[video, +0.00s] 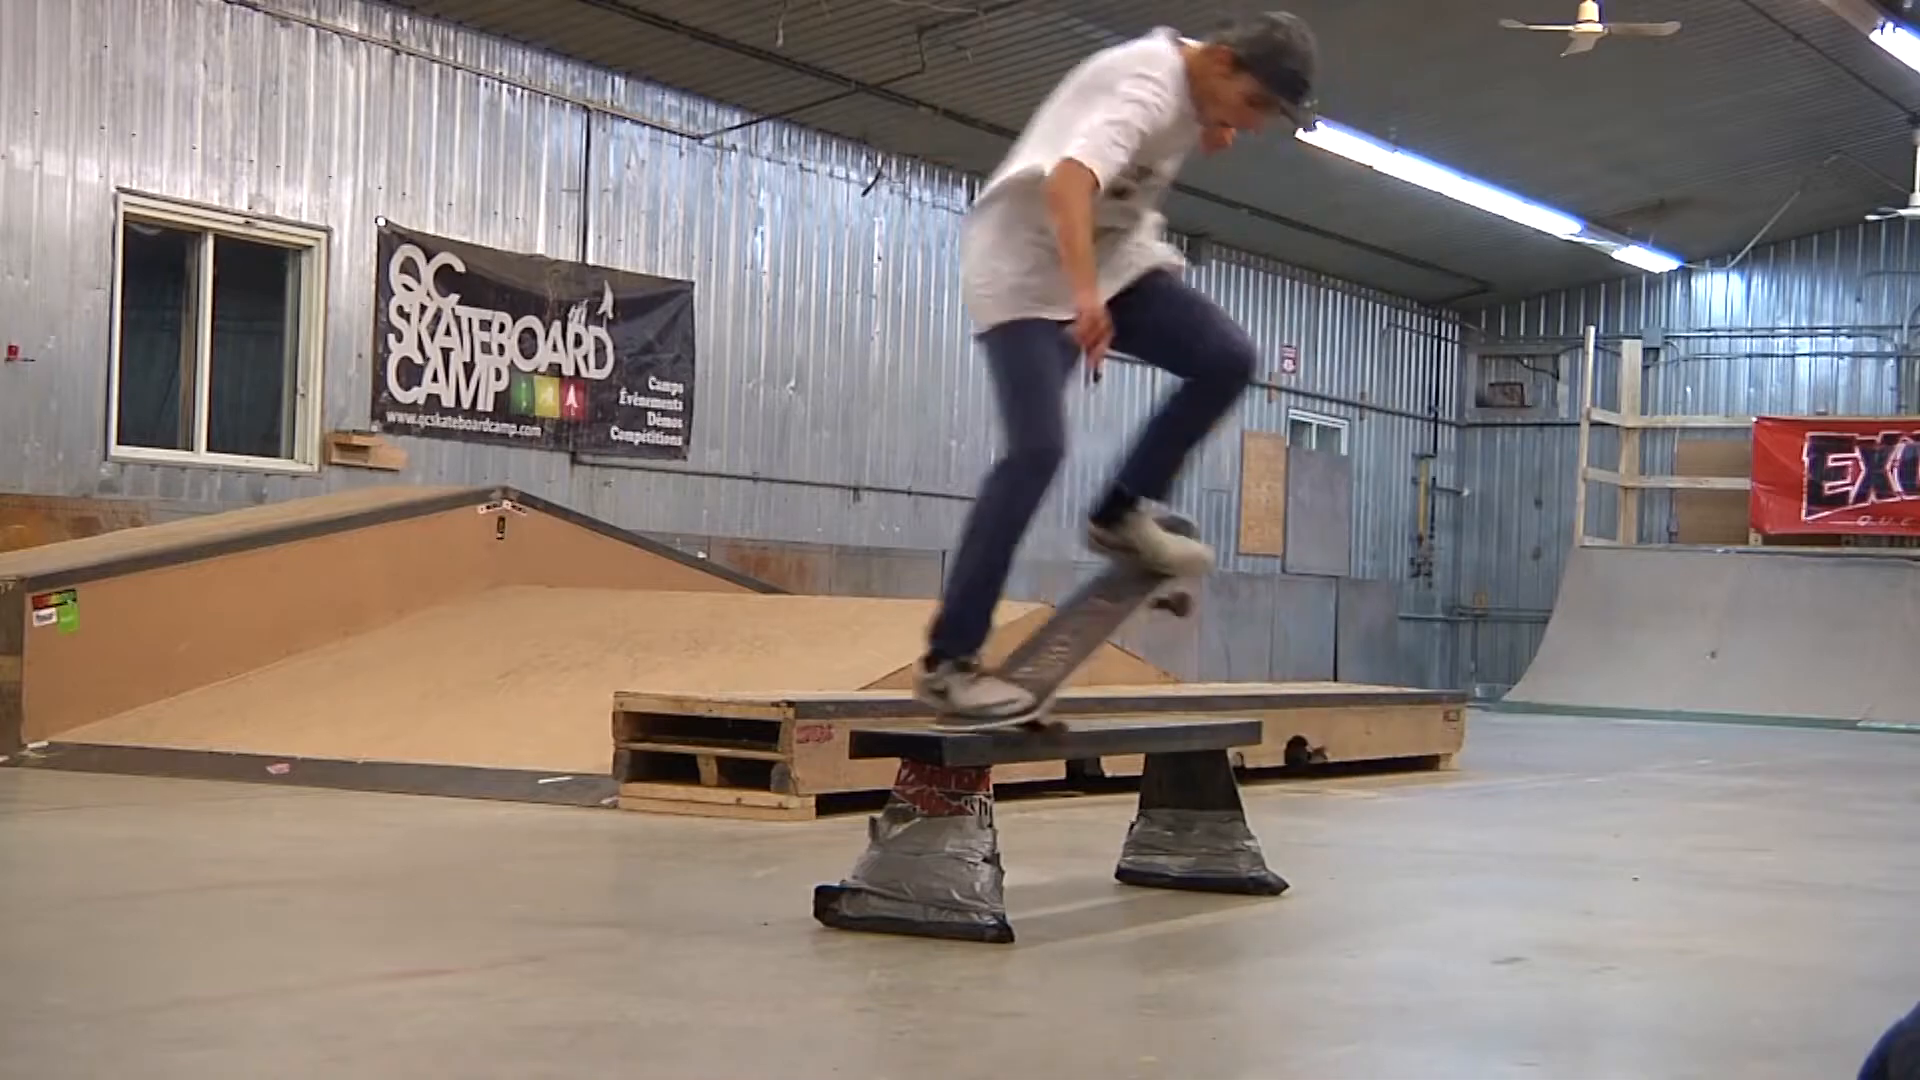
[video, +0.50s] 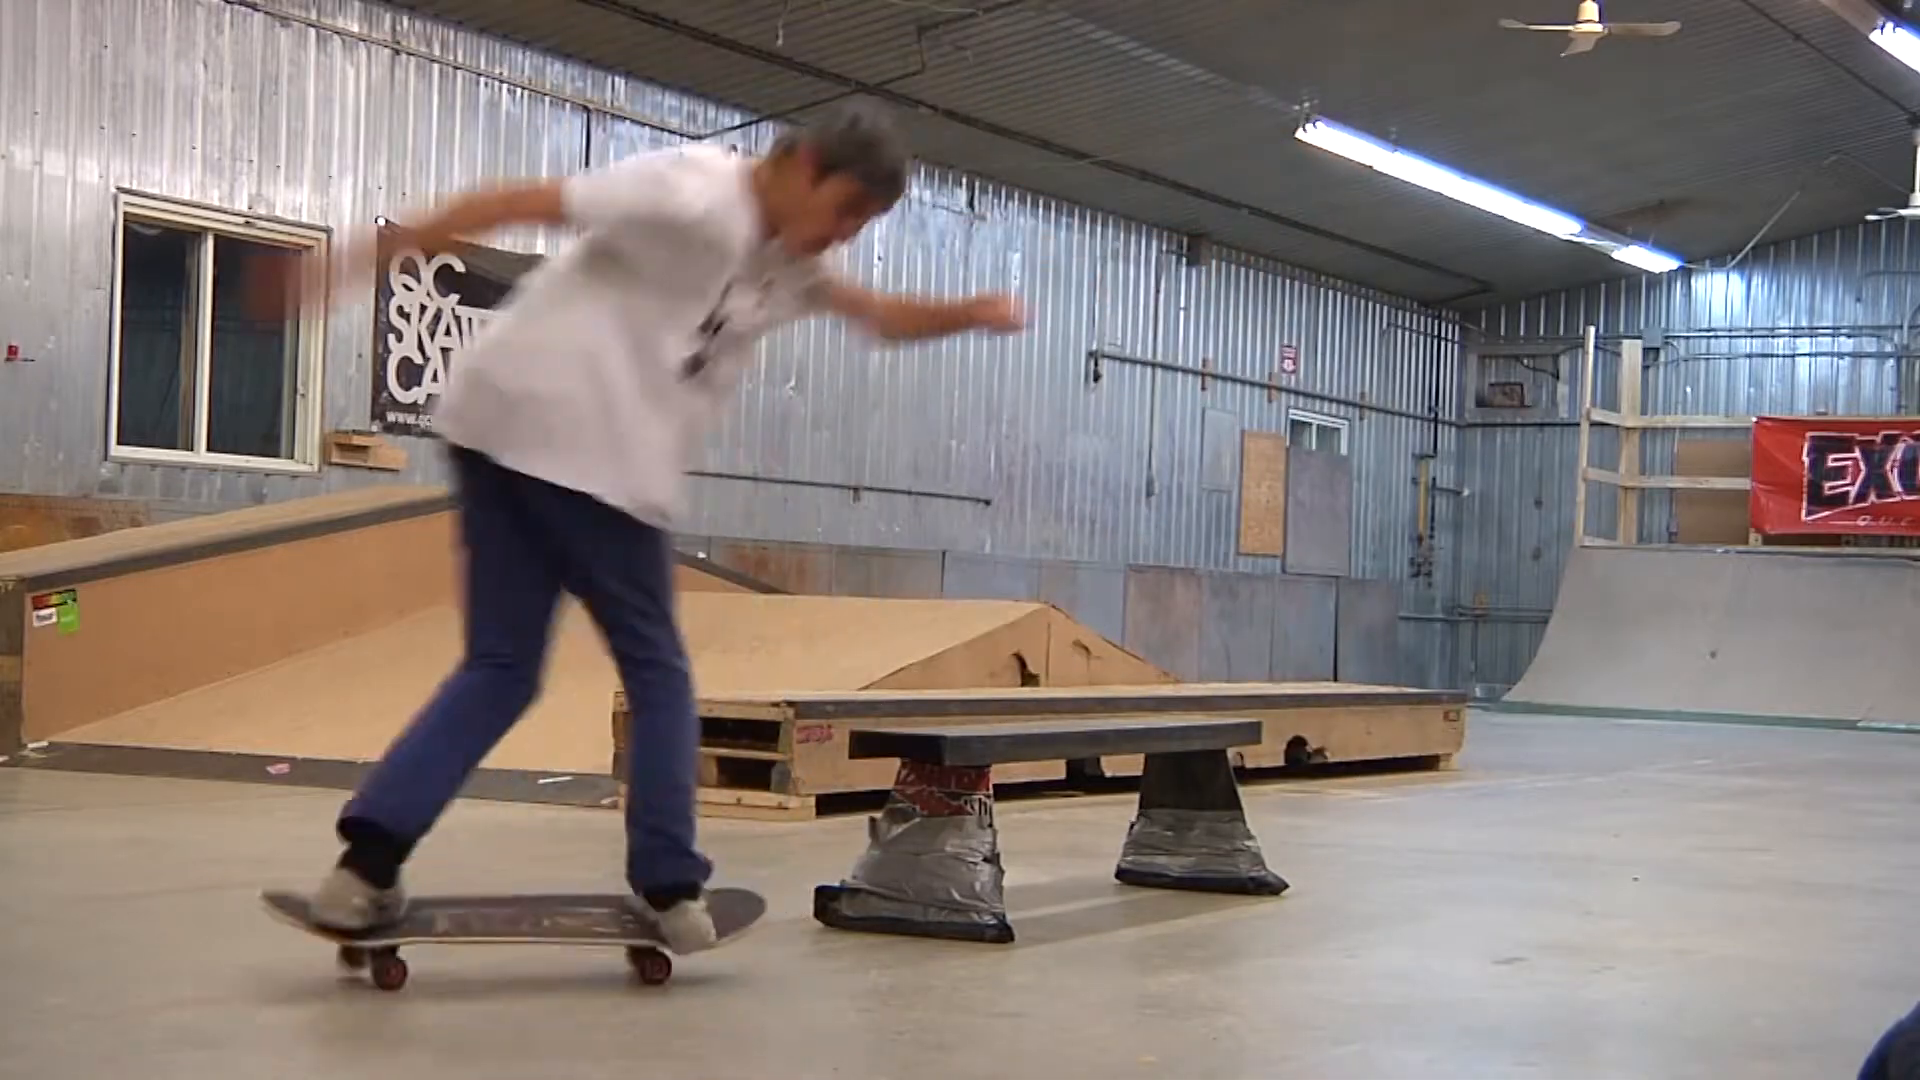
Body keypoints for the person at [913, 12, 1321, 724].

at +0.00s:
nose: (1246, 127)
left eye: (1259, 119)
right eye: (1250, 109)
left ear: (1233, 69)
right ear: (1226, 65)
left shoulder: (1188, 80)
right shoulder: (1146, 86)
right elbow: (1069, 178)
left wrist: (1200, 133)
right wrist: (1087, 296)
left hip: (1113, 261)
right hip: (1025, 261)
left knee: (1228, 361)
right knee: (1036, 448)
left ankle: (1119, 511)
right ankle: (948, 660)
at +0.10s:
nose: (1174, 90)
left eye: (1183, 82)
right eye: (1173, 74)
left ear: (1152, 35)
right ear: (1146, 32)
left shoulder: (1127, 48)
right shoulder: (1071, 38)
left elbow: (1158, 92)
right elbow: (998, 87)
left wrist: (1207, 138)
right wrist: (1001, 164)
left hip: (1019, 225)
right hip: (931, 219)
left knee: (1128, 341)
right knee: (960, 419)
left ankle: (1017, 492)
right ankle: (877, 657)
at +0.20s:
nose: (1105, 84)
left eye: (1117, 76)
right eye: (1106, 65)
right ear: (1070, 19)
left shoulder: (1068, 79)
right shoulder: (977, 29)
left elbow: (1143, 115)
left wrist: (1227, 167)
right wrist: (802, 8)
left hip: (907, 200)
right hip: (825, 189)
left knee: (1027, 359)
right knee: (933, 386)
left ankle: (858, 496)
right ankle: (846, 623)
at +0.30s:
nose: (1016, 96)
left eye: (1032, 87)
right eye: (1019, 73)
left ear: (1028, 78)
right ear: (982, 22)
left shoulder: (997, 107)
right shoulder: (880, 23)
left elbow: (1107, 156)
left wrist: (1236, 211)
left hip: (751, 236)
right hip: (752, 223)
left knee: (856, 454)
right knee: (887, 432)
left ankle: (675, 601)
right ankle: (796, 673)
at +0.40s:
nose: (932, 132)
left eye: (944, 121)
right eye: (930, 109)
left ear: (938, 110)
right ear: (886, 65)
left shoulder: (904, 158)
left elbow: (1015, 215)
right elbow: (633, 22)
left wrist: (1140, 245)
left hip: (620, 343)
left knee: (629, 605)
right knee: (748, 608)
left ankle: (485, 805)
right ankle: (736, 839)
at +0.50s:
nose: (840, 237)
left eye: (854, 226)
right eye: (842, 214)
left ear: (852, 210)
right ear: (804, 164)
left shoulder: (794, 262)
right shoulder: (696, 189)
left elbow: (880, 314)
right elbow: (517, 202)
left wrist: (970, 313)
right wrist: (367, 253)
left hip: (498, 418)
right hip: (586, 439)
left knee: (503, 669)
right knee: (658, 672)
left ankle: (364, 867)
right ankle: (669, 895)